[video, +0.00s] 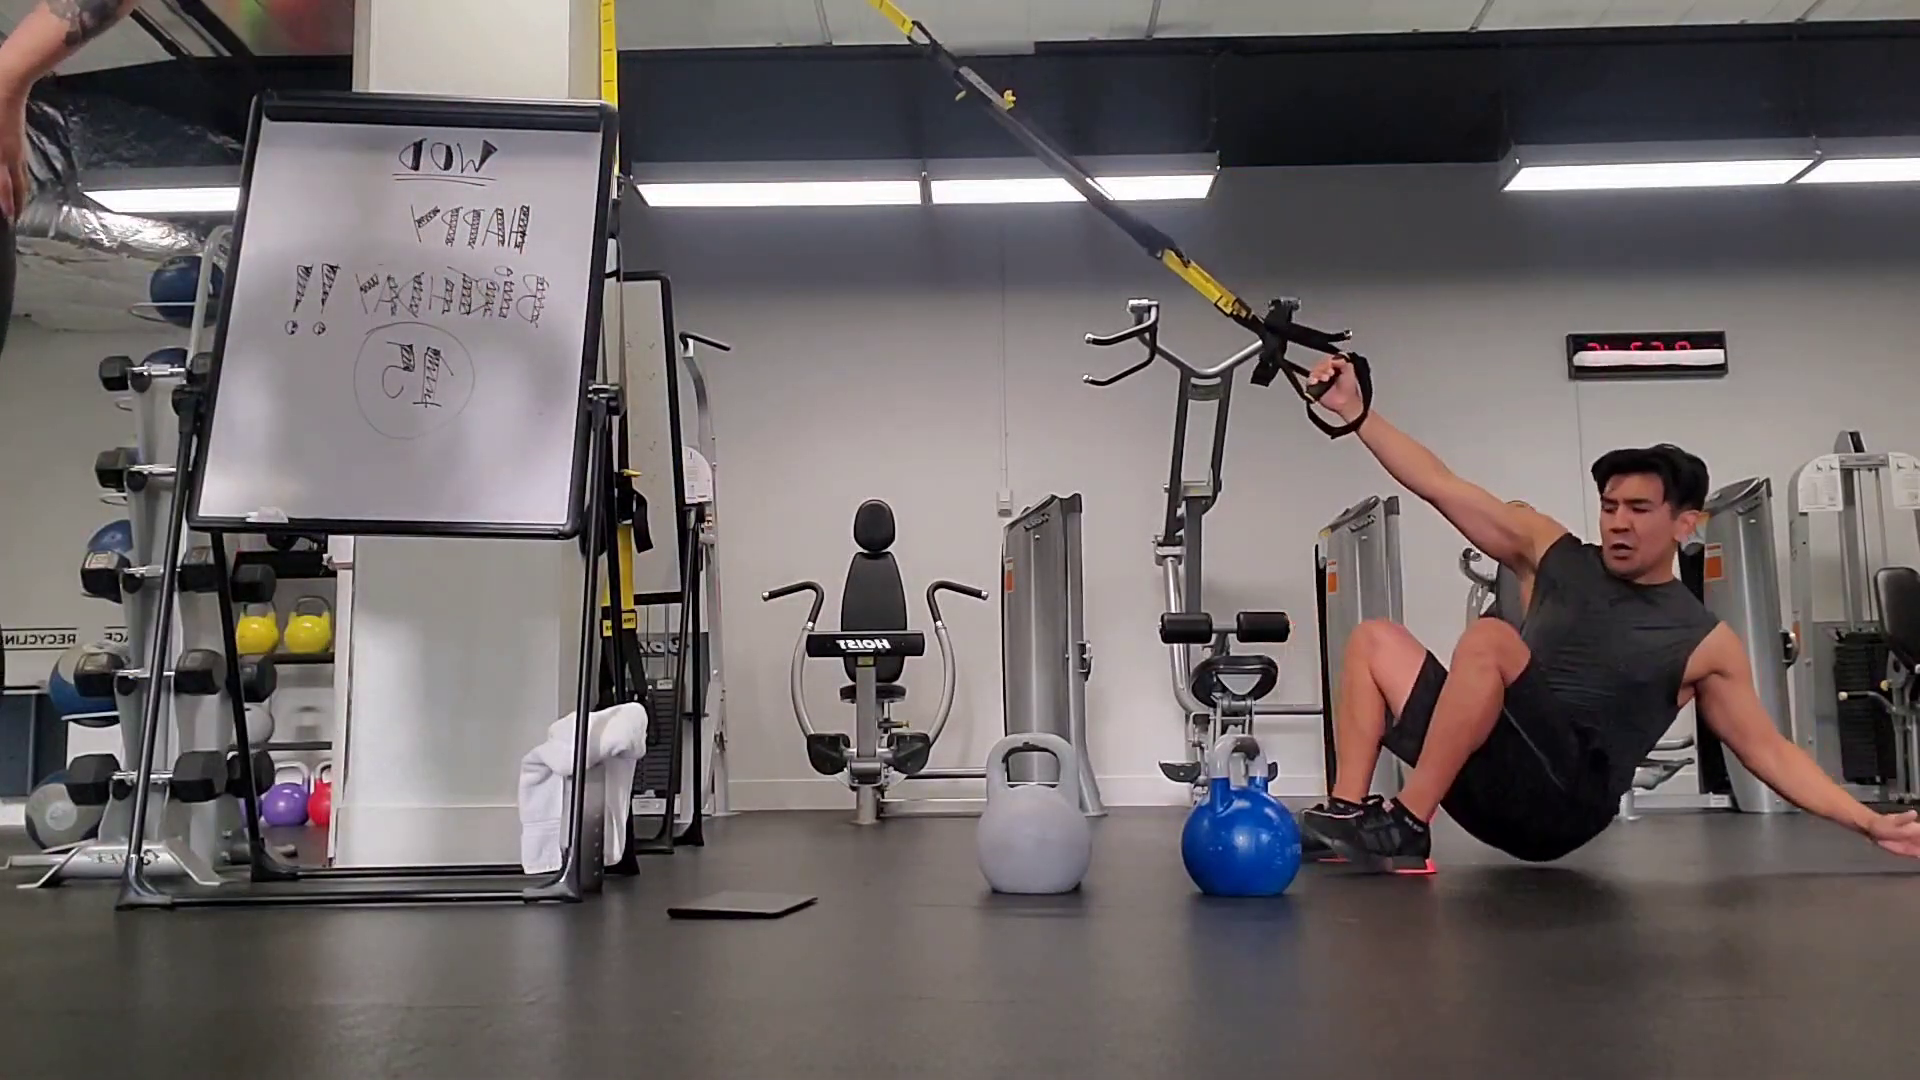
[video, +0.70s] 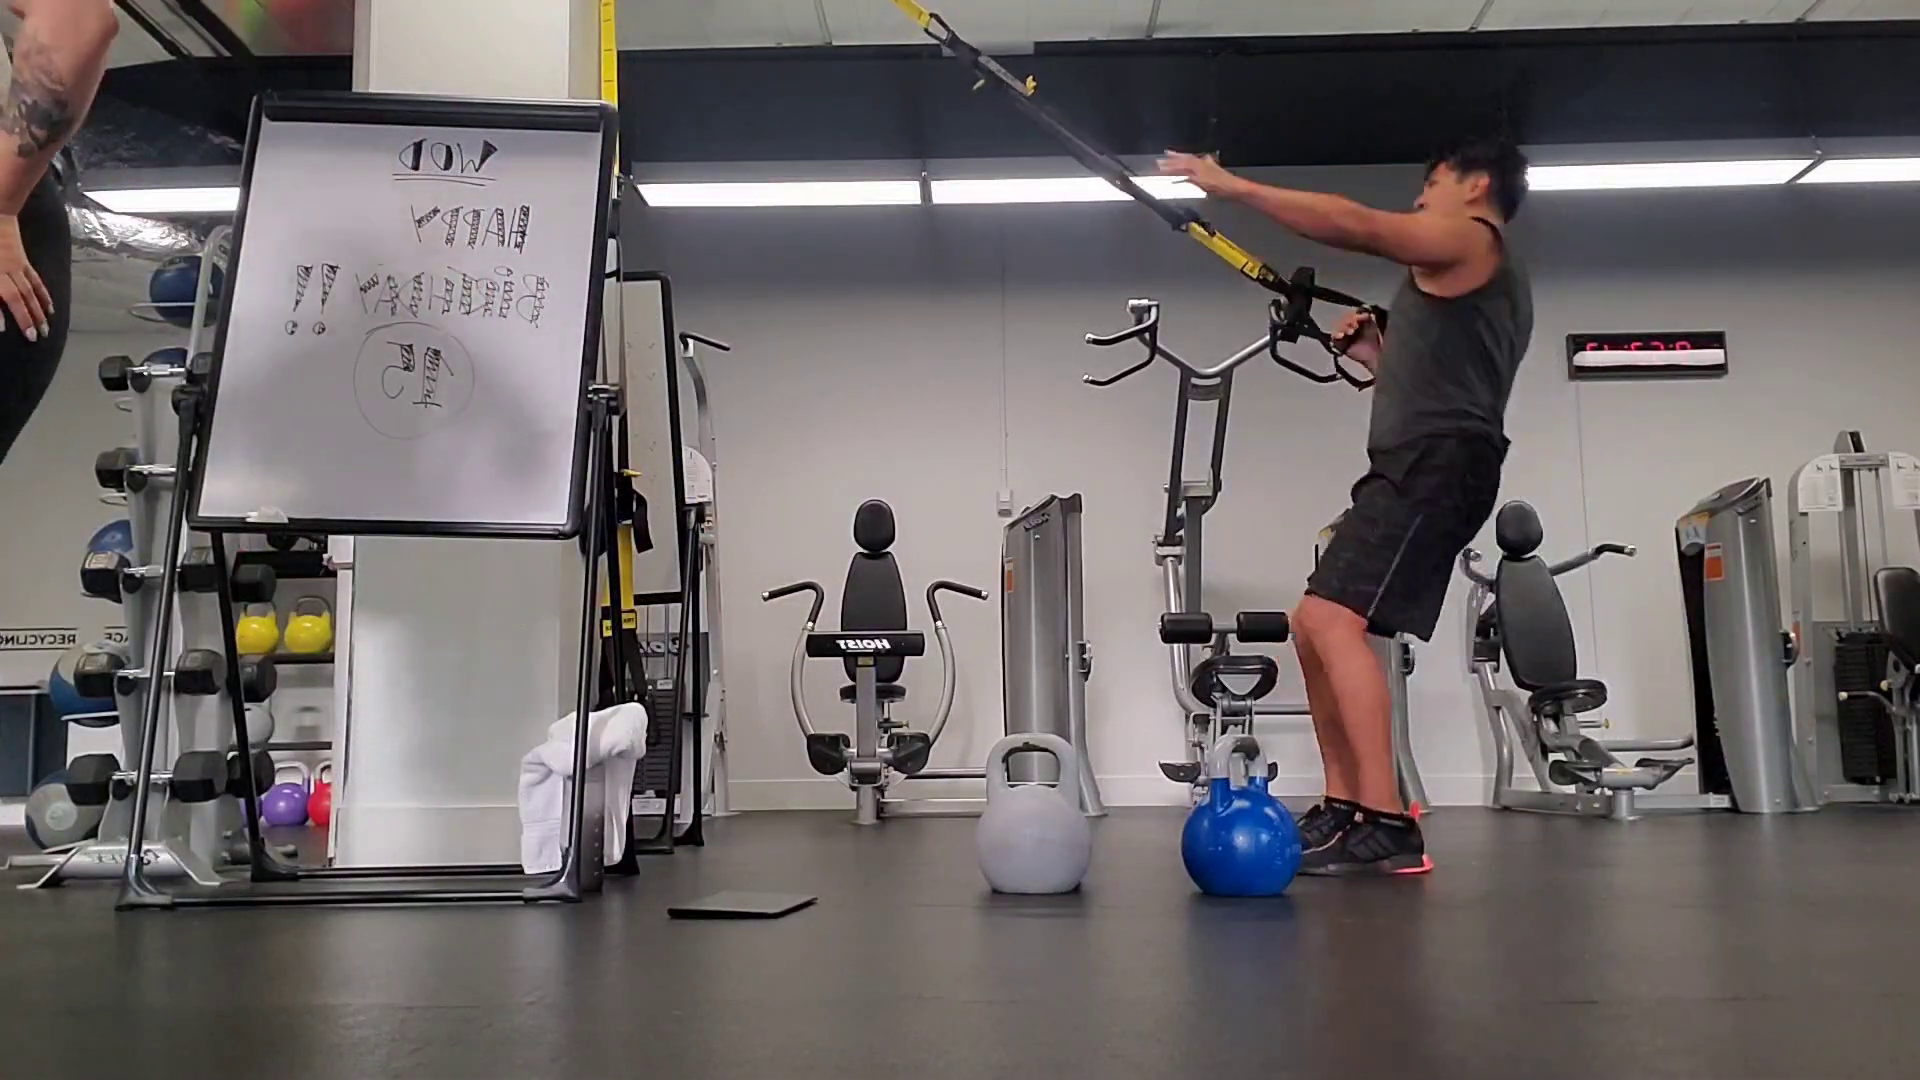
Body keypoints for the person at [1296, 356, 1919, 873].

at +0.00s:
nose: (1616, 523)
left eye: (1638, 509)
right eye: (1609, 507)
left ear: (1687, 523)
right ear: (1598, 511)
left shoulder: (1706, 642)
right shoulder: (1548, 549)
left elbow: (1767, 751)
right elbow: (1440, 486)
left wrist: (1870, 822)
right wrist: (1357, 416)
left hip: (1567, 799)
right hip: (1480, 767)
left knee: (1492, 637)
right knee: (1374, 640)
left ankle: (1409, 823)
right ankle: (1347, 814)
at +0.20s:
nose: (1583, 486)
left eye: (1602, 471)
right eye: (1578, 474)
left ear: (1658, 481)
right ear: (1572, 482)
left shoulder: (1688, 604)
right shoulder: (1545, 534)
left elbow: (1753, 725)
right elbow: (1434, 489)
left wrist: (1833, 771)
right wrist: (1355, 418)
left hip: (1548, 759)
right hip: (1470, 731)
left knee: (1430, 624)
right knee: (1337, 636)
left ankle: (1400, 823)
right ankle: (1343, 812)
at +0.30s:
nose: (1562, 429)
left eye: (1579, 413)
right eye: (1557, 419)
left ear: (1635, 425)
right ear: (1554, 430)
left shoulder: (1665, 536)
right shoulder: (1536, 498)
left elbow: (1698, 645)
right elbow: (1432, 479)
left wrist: (1713, 677)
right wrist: (1364, 406)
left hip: (1539, 704)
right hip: (1478, 690)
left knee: (1379, 625)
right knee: (1308, 638)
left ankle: (1394, 825)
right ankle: (1340, 812)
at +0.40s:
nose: (1532, 368)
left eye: (1549, 350)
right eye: (1529, 360)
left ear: (1604, 359)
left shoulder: (1628, 450)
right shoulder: (1529, 452)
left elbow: (1618, 540)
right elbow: (1430, 463)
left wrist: (1555, 523)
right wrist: (1370, 394)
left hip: (1523, 640)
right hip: (1472, 627)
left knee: (1339, 632)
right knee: (1290, 639)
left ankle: (1392, 824)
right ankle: (1339, 810)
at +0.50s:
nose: (1495, 303)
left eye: (1508, 286)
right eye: (1495, 292)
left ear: (1561, 293)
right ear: (1548, 299)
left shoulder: (1573, 365)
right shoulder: (1515, 388)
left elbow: (1522, 410)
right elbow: (1430, 451)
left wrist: (1412, 374)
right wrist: (1374, 385)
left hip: (1497, 575)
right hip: (1454, 568)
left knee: (1319, 636)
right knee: (1284, 640)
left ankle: (1390, 825)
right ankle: (1343, 809)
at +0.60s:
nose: (1456, 241)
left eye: (1470, 226)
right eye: (1459, 231)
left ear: (1518, 232)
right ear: (1516, 237)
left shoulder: (1525, 292)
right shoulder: (1486, 316)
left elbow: (1433, 297)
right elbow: (1437, 434)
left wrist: (1313, 263)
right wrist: (1381, 381)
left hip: (1470, 509)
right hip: (1434, 508)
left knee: (1318, 630)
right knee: (1292, 634)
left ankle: (1386, 821)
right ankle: (1345, 808)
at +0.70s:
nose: (1421, 194)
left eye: (1435, 179)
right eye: (1426, 181)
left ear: (1477, 184)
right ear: (1478, 187)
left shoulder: (1472, 238)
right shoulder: (1472, 265)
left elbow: (1357, 227)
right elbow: (1437, 386)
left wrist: (1237, 186)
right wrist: (1375, 350)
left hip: (1440, 457)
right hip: (1413, 458)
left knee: (1337, 620)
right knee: (1312, 624)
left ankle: (1387, 822)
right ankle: (1348, 808)